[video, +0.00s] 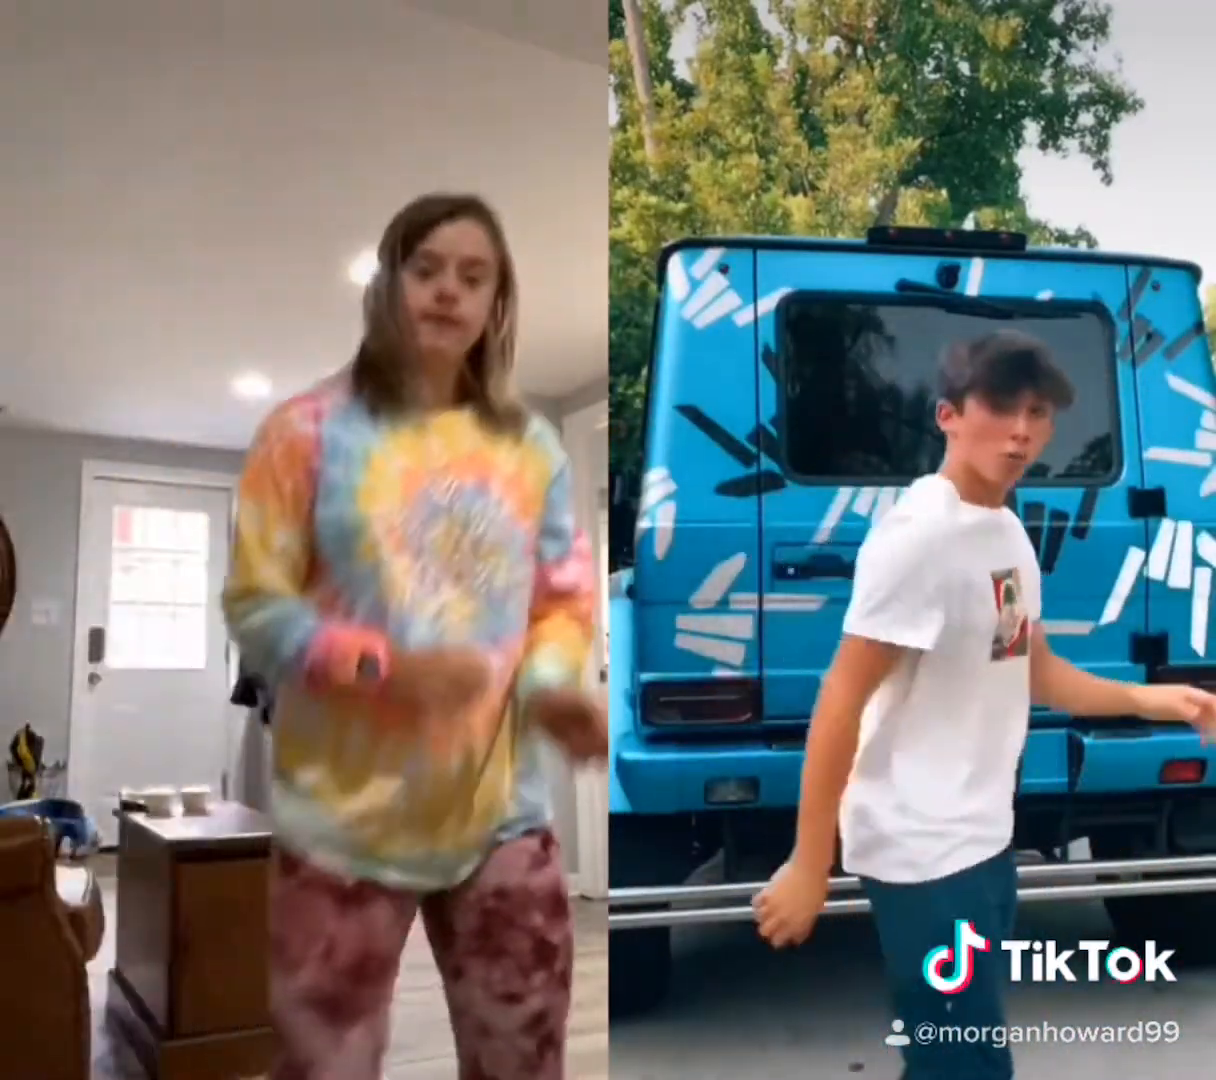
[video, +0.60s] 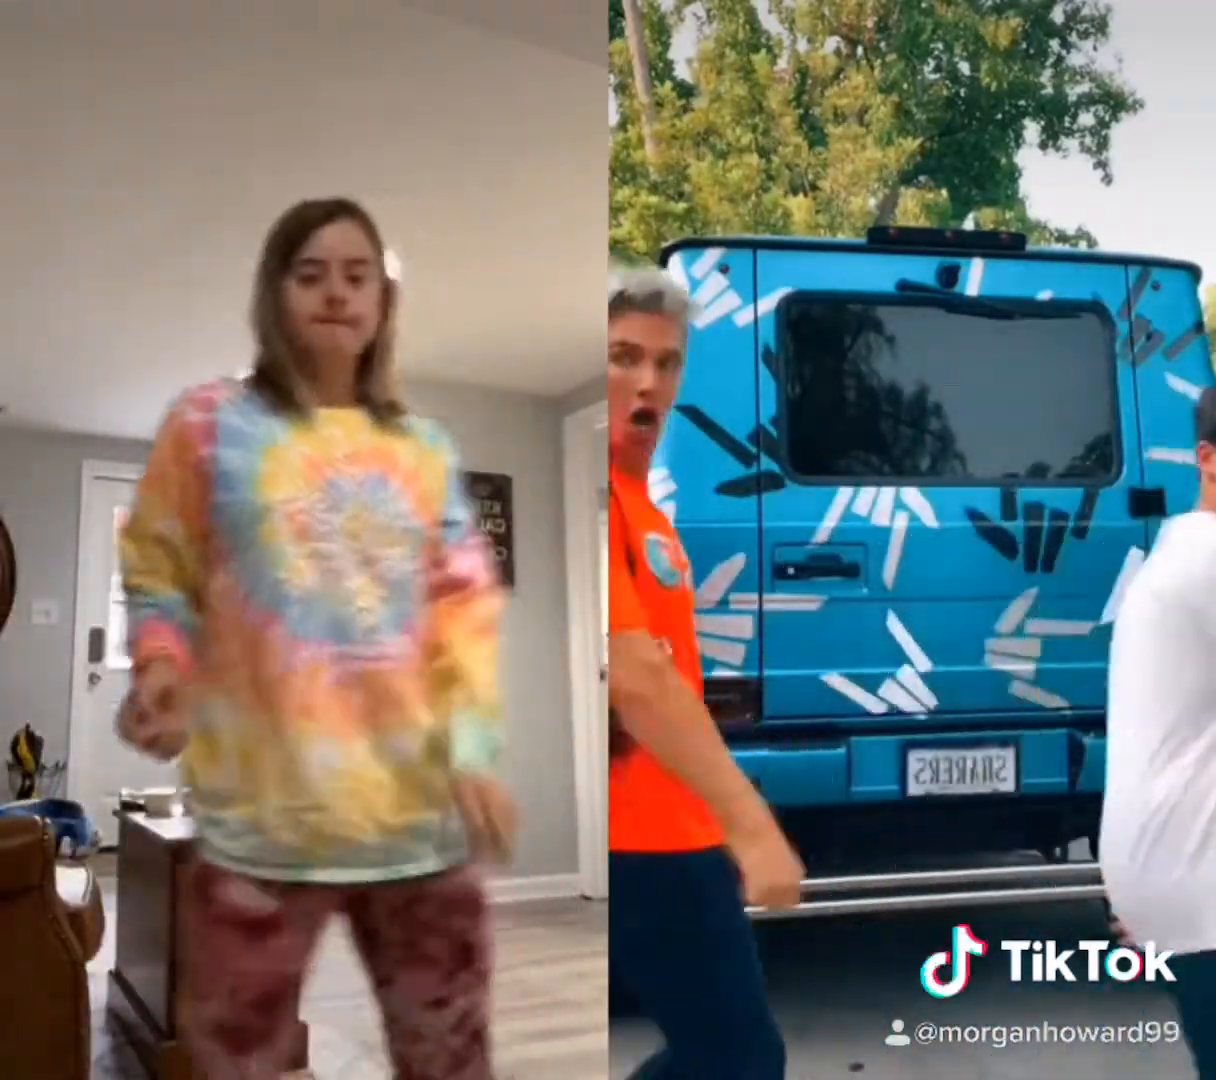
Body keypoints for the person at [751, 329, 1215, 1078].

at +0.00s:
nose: (1024, 432)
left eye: (1037, 415)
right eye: (1002, 408)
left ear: (1050, 429)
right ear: (949, 418)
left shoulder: (1005, 527)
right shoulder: (916, 535)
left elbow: (1034, 669)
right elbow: (841, 697)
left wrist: (1144, 699)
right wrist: (809, 864)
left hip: (984, 846)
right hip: (924, 861)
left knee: (946, 1059)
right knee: (970, 1063)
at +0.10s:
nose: (1053, 464)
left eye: (1064, 446)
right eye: (1032, 442)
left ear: (1074, 460)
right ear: (974, 453)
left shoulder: (997, 558)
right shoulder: (968, 558)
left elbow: (1034, 704)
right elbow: (871, 717)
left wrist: (1174, 712)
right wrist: (794, 882)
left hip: (982, 886)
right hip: (952, 897)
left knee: (1054, 1063)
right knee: (1033, 1069)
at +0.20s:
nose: (1090, 471)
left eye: (1100, 454)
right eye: (1069, 449)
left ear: (1109, 463)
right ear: (1008, 457)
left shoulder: (992, 554)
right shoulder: (1018, 567)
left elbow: (1029, 726)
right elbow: (948, 744)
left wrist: (1167, 766)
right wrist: (896, 926)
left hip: (1021, 883)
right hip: (984, 914)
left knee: (1122, 1040)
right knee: (1038, 1067)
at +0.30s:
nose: (1133, 445)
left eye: (1144, 428)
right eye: (1113, 422)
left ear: (1154, 436)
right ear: (1053, 428)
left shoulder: (1025, 524)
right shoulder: (1068, 532)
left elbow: (1026, 726)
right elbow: (1074, 726)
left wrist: (1107, 818)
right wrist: (1116, 902)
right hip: (1016, 873)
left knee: (1163, 1020)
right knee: (1028, 1062)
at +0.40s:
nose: (1185, 432)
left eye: (1196, 414)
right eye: (1164, 410)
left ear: (1208, 419)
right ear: (1105, 414)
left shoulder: (1088, 504)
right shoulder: (1129, 513)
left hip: (1106, 841)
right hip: (1066, 848)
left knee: (1183, 1044)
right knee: (1038, 1059)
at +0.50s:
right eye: (1209, 431)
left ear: (1170, 434)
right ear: (1162, 433)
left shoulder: (1129, 525)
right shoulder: (1184, 531)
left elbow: (1061, 697)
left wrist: (1072, 849)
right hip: (1138, 869)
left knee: (1202, 1054)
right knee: (1117, 1067)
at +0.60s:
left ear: (1205, 460)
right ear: (1207, 460)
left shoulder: (1164, 563)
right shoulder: (1193, 560)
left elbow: (1140, 746)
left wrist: (1129, 888)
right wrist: (1135, 891)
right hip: (1193, 880)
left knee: (1204, 1058)